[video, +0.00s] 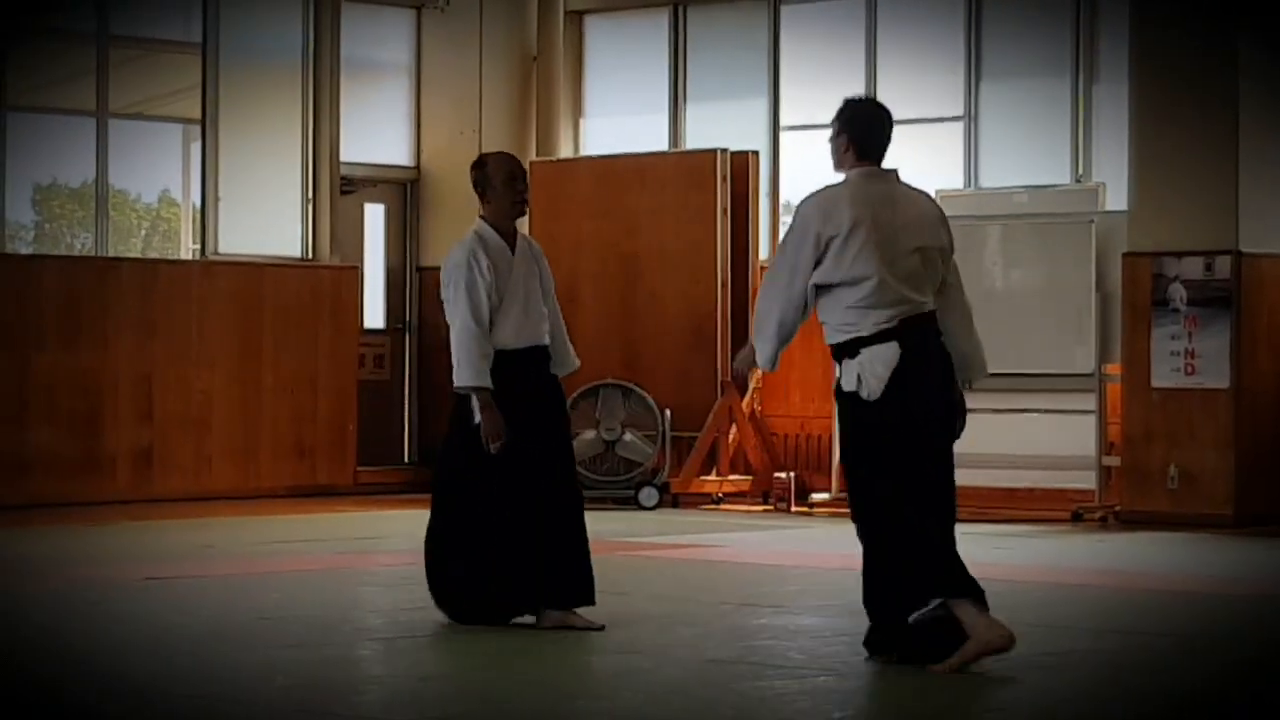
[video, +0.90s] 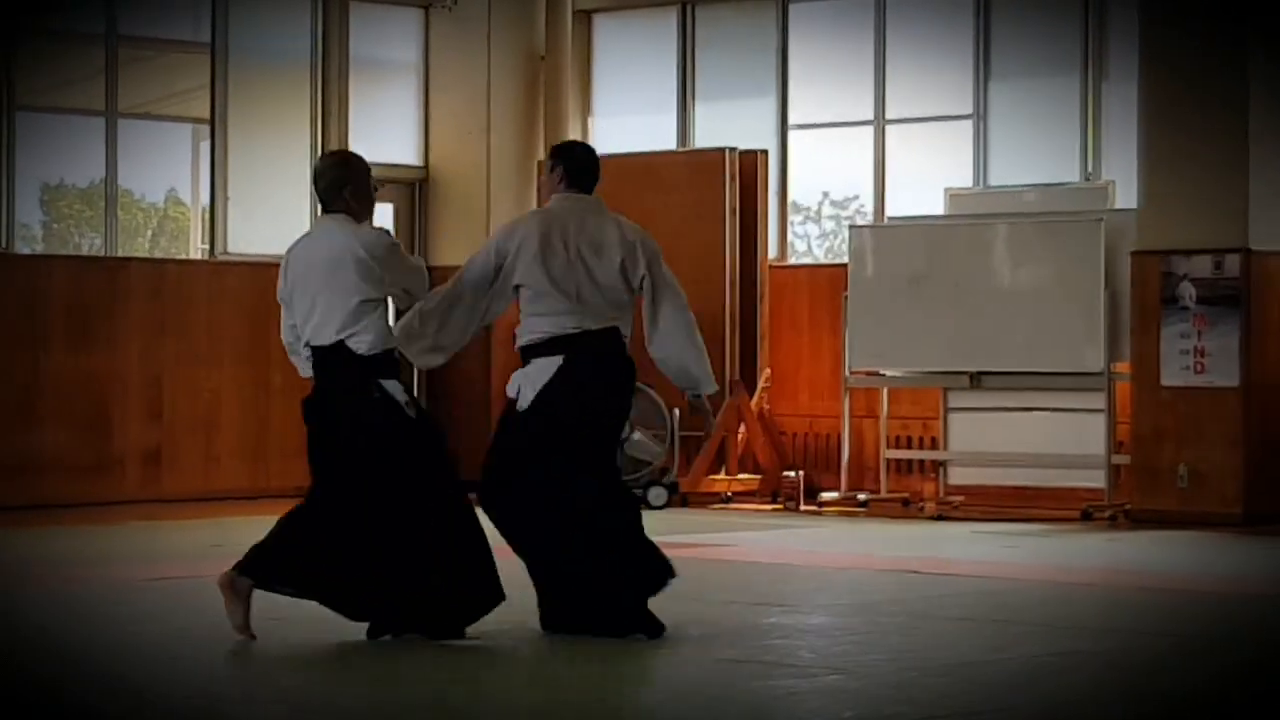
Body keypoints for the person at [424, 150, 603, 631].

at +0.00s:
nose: (524, 190)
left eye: (525, 182)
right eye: (513, 183)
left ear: (526, 189)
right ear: (484, 192)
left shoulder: (532, 252)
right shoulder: (468, 256)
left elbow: (551, 321)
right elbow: (466, 332)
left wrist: (559, 391)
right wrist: (483, 404)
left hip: (537, 378)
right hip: (496, 380)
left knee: (550, 488)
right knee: (497, 490)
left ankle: (553, 604)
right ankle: (489, 599)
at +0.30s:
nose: (531, 198)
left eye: (529, 189)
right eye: (519, 190)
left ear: (519, 198)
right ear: (489, 201)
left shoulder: (531, 263)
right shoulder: (479, 260)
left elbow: (556, 324)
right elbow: (491, 322)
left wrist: (578, 383)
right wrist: (543, 343)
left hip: (536, 382)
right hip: (503, 386)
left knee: (556, 489)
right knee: (505, 491)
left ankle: (557, 602)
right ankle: (449, 581)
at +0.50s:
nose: (491, 198)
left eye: (488, 190)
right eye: (479, 192)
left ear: (457, 207)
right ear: (452, 204)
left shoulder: (452, 256)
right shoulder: (463, 257)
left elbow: (488, 338)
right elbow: (532, 268)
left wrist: (531, 385)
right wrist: (589, 217)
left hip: (480, 387)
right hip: (486, 390)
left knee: (478, 498)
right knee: (555, 490)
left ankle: (423, 600)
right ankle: (556, 606)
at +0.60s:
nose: (464, 191)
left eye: (461, 183)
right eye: (453, 185)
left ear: (420, 200)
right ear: (426, 196)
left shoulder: (401, 255)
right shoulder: (445, 251)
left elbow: (421, 337)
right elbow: (521, 291)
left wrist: (487, 363)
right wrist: (551, 242)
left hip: (431, 389)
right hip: (463, 391)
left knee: (450, 499)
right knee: (519, 487)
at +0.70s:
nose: (440, 193)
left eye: (436, 185)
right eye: (431, 186)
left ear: (392, 197)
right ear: (406, 195)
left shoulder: (366, 254)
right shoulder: (420, 256)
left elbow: (387, 328)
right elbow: (478, 311)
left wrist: (448, 342)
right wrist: (501, 278)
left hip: (393, 387)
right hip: (429, 391)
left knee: (416, 500)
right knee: (457, 496)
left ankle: (414, 610)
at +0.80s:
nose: (407, 196)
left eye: (405, 187)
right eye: (402, 187)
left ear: (355, 195)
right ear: (385, 193)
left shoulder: (333, 252)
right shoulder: (394, 250)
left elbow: (326, 330)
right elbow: (459, 301)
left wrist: (359, 366)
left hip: (362, 392)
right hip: (402, 392)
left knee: (396, 497)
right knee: (440, 495)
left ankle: (342, 582)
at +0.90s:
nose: (376, 196)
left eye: (374, 187)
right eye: (371, 188)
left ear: (323, 196)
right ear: (353, 194)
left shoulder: (296, 254)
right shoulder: (372, 242)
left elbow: (291, 333)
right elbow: (420, 288)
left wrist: (318, 372)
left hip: (327, 390)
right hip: (375, 388)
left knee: (335, 499)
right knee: (416, 492)